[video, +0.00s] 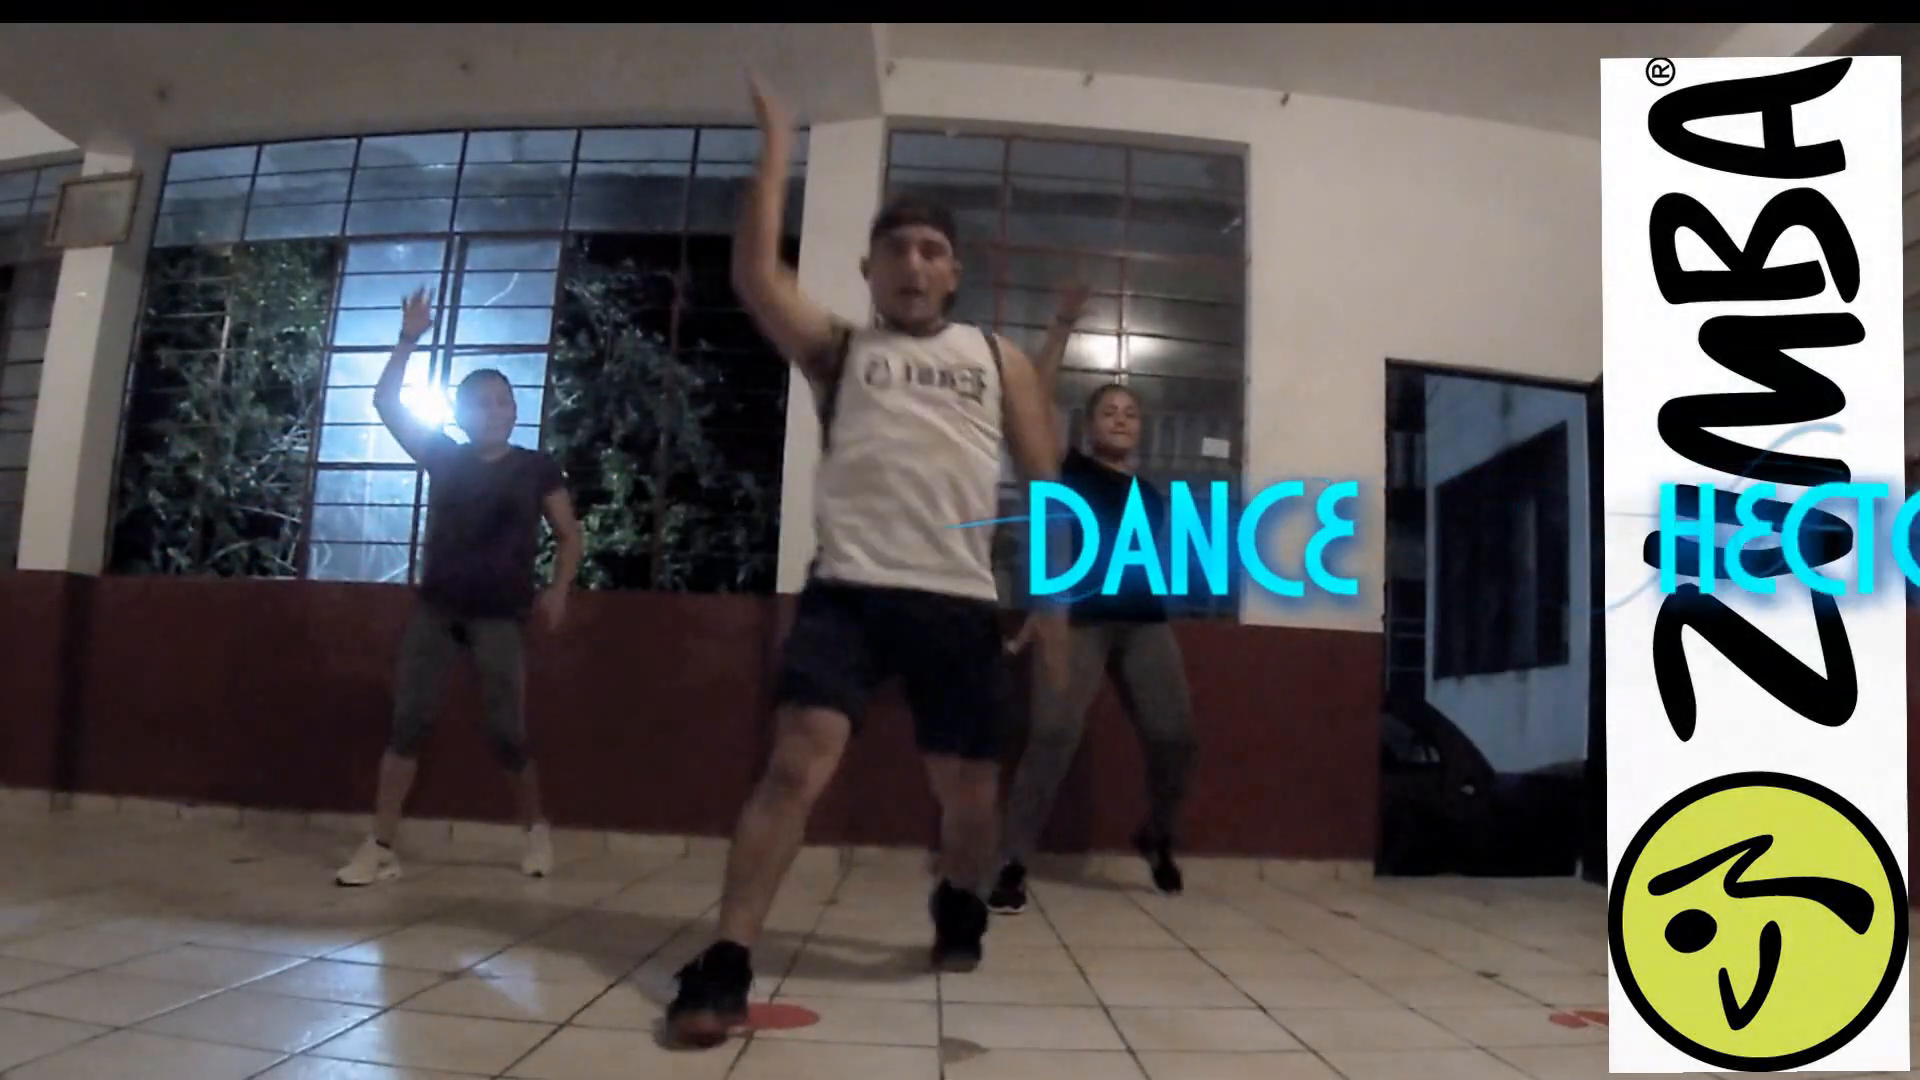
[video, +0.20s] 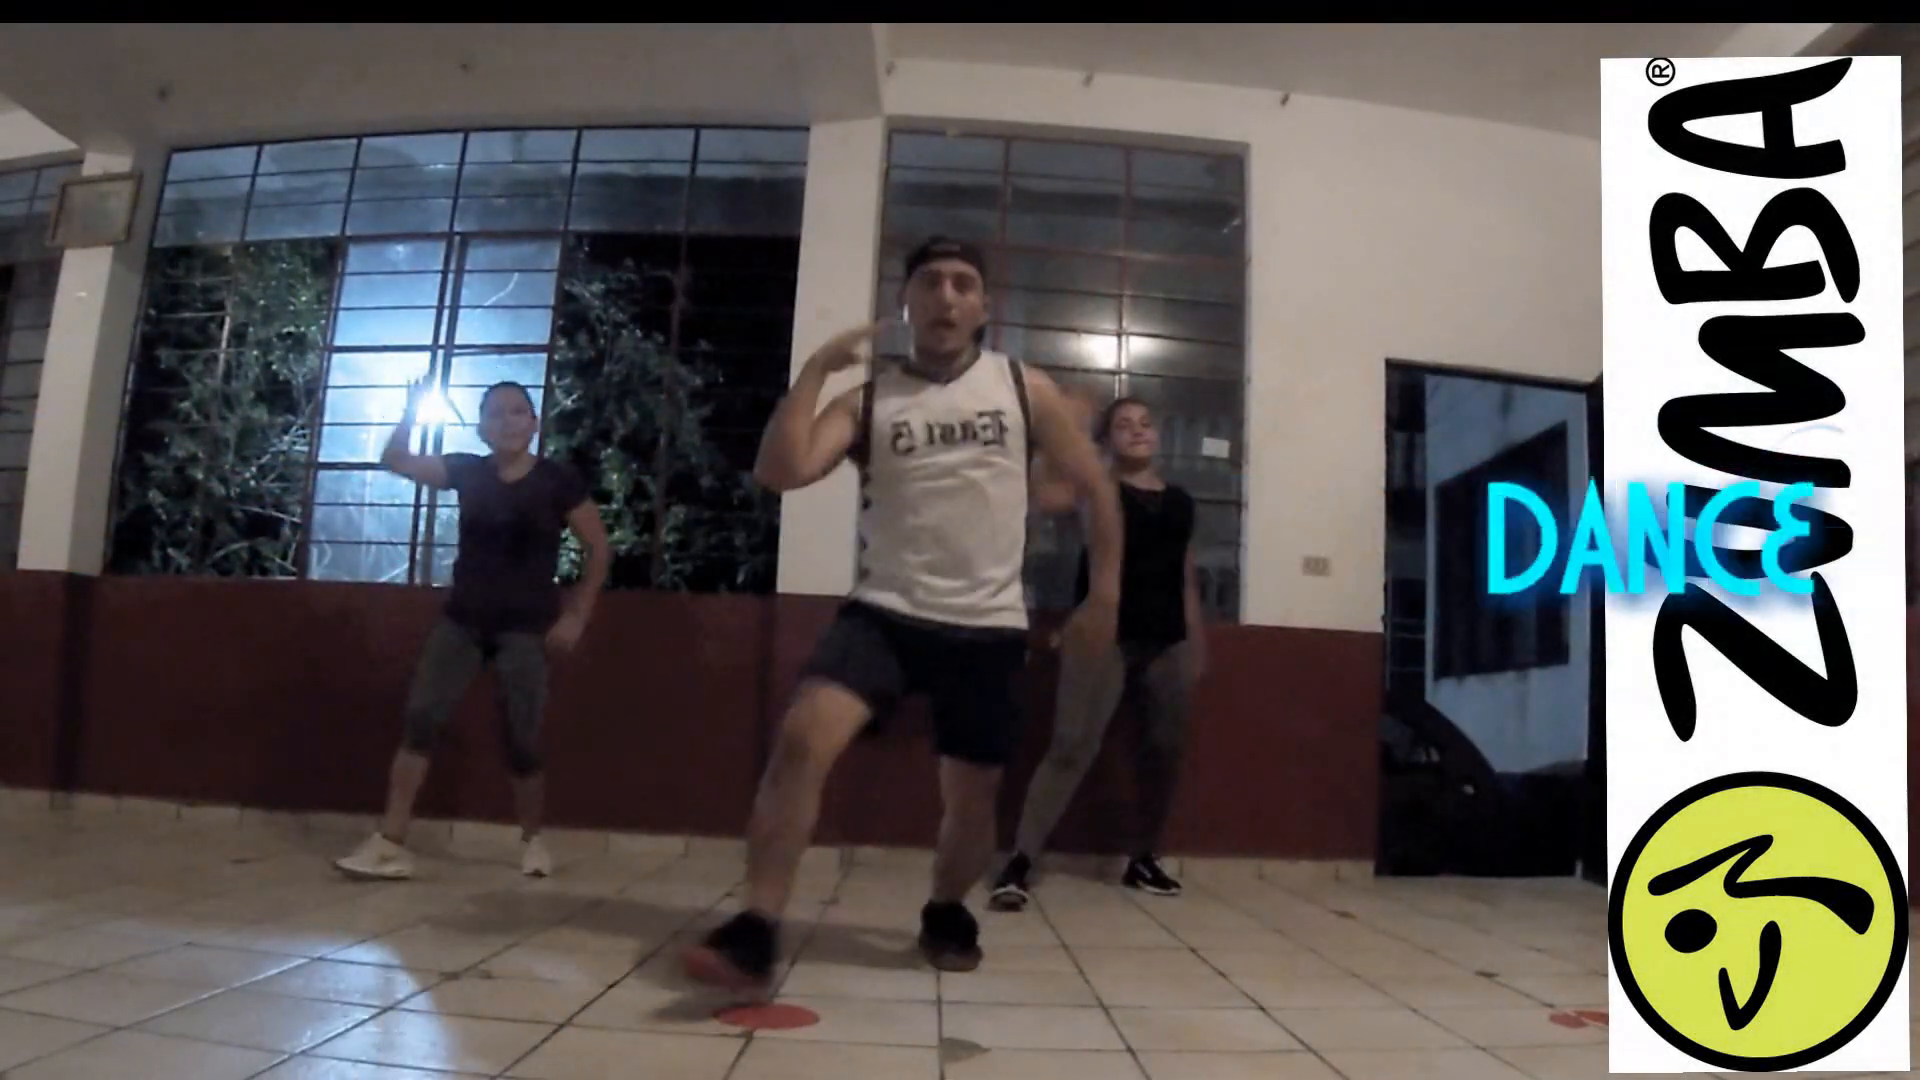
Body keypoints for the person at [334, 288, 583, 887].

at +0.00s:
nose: (488, 411)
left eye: (497, 402)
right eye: (479, 402)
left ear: (512, 412)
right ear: (461, 410)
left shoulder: (535, 468)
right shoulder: (443, 455)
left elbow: (570, 535)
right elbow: (386, 400)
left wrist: (559, 591)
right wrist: (408, 339)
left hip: (500, 613)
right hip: (436, 606)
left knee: (508, 731)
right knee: (407, 723)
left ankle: (536, 835)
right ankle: (381, 846)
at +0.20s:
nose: (509, 420)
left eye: (518, 412)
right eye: (498, 413)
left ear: (534, 422)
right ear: (483, 425)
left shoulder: (557, 481)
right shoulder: (467, 470)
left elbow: (599, 547)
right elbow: (395, 459)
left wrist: (577, 615)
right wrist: (413, 412)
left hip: (525, 624)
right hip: (463, 618)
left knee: (524, 738)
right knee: (421, 719)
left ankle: (532, 841)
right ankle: (390, 841)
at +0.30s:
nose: (514, 416)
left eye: (525, 409)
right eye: (505, 408)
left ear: (543, 421)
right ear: (491, 420)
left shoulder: (563, 479)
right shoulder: (472, 469)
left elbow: (615, 538)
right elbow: (410, 488)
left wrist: (581, 601)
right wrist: (410, 475)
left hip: (530, 622)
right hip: (469, 616)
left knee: (525, 731)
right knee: (419, 708)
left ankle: (533, 839)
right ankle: (429, 832)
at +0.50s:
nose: (516, 421)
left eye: (529, 415)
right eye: (508, 412)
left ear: (542, 429)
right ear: (492, 421)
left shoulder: (552, 487)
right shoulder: (459, 479)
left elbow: (592, 554)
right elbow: (436, 540)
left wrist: (551, 566)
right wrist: (428, 570)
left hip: (525, 625)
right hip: (464, 620)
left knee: (525, 736)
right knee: (446, 732)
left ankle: (534, 838)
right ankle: (468, 839)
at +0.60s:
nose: (510, 421)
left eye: (522, 415)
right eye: (502, 412)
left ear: (536, 429)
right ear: (484, 421)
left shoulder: (544, 482)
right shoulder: (452, 480)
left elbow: (576, 546)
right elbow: (427, 540)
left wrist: (552, 491)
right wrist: (420, 573)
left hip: (521, 620)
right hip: (460, 617)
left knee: (520, 728)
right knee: (446, 733)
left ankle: (539, 831)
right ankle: (467, 840)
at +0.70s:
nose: (514, 413)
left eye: (524, 407)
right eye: (504, 404)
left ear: (532, 422)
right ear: (482, 414)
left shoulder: (541, 472)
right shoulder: (449, 476)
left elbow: (594, 477)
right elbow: (415, 534)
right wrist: (418, 572)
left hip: (519, 613)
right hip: (458, 611)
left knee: (523, 720)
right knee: (450, 728)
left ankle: (541, 838)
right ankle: (465, 839)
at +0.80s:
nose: (508, 405)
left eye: (518, 400)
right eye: (498, 398)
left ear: (532, 417)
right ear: (481, 413)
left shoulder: (547, 460)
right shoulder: (453, 475)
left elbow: (600, 413)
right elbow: (415, 542)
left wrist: (597, 339)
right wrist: (426, 579)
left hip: (516, 608)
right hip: (457, 608)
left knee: (521, 721)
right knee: (453, 729)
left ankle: (543, 846)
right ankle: (468, 839)